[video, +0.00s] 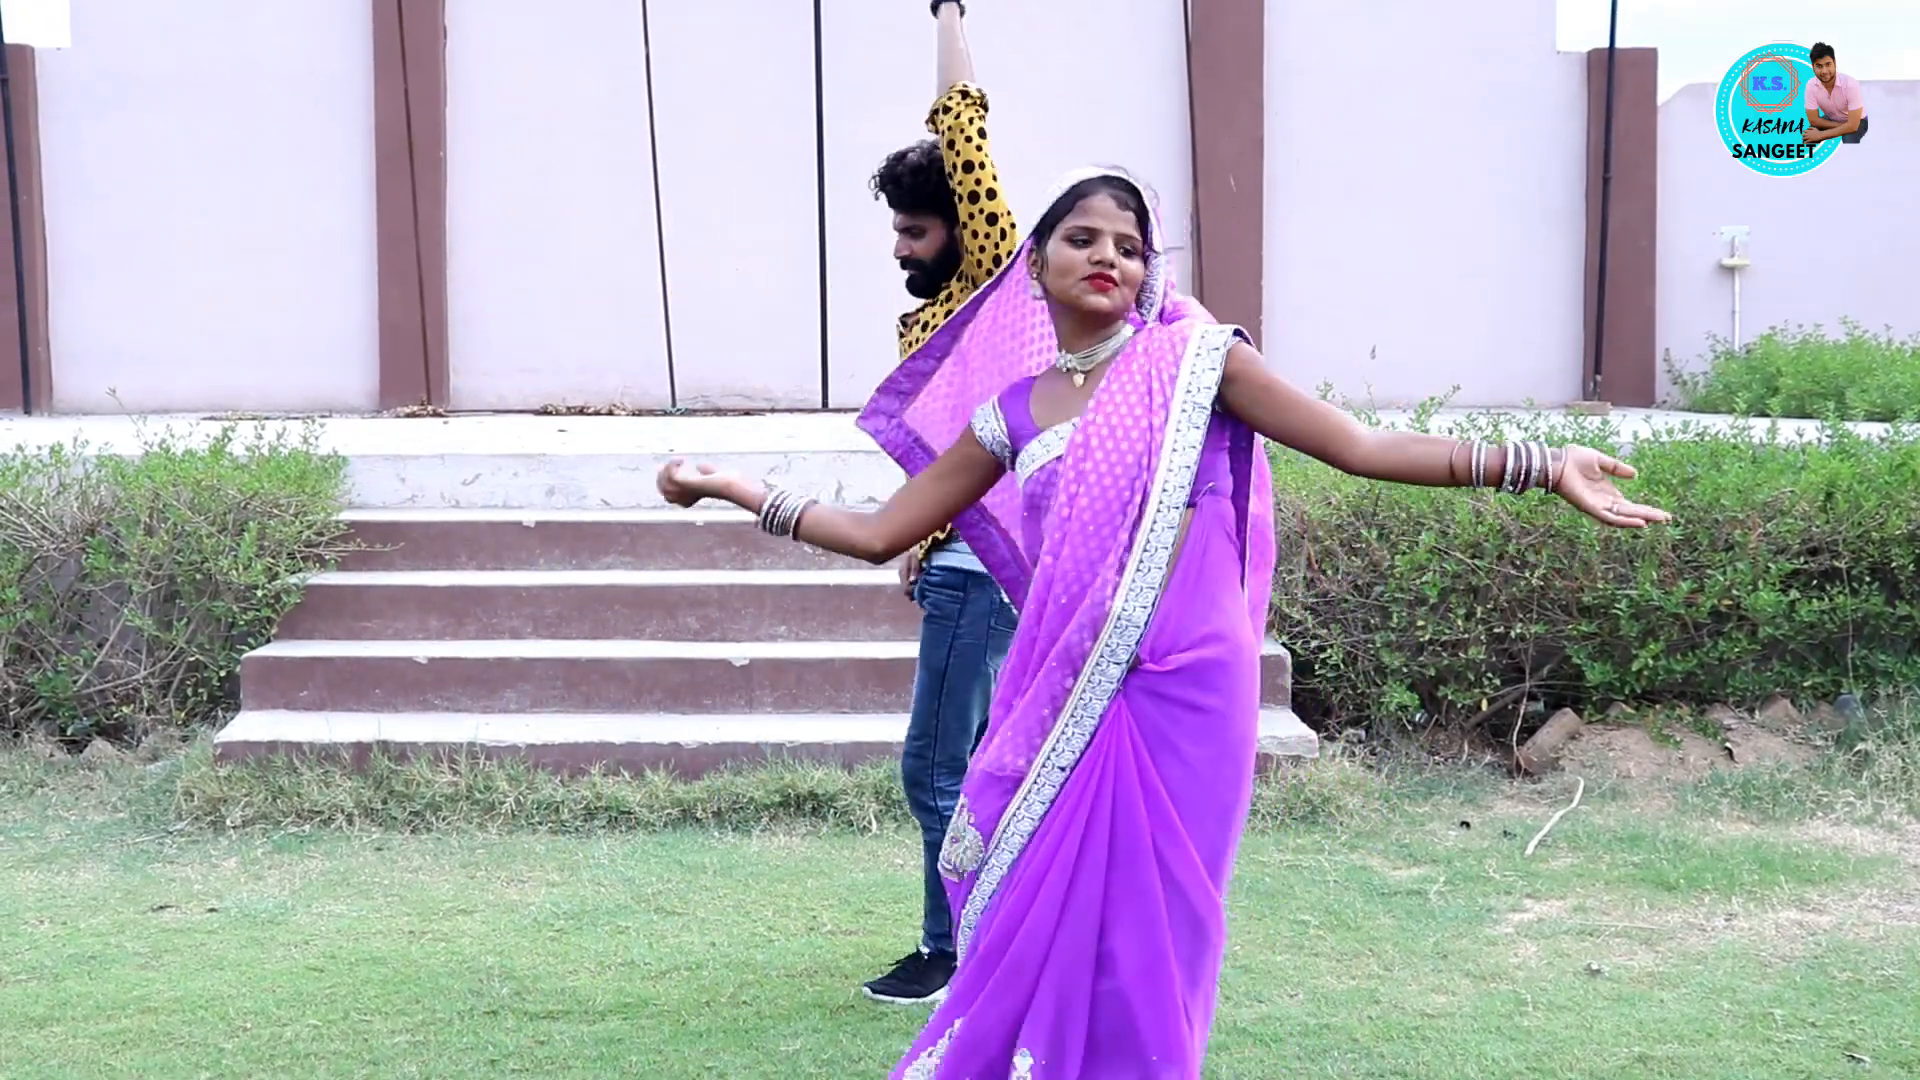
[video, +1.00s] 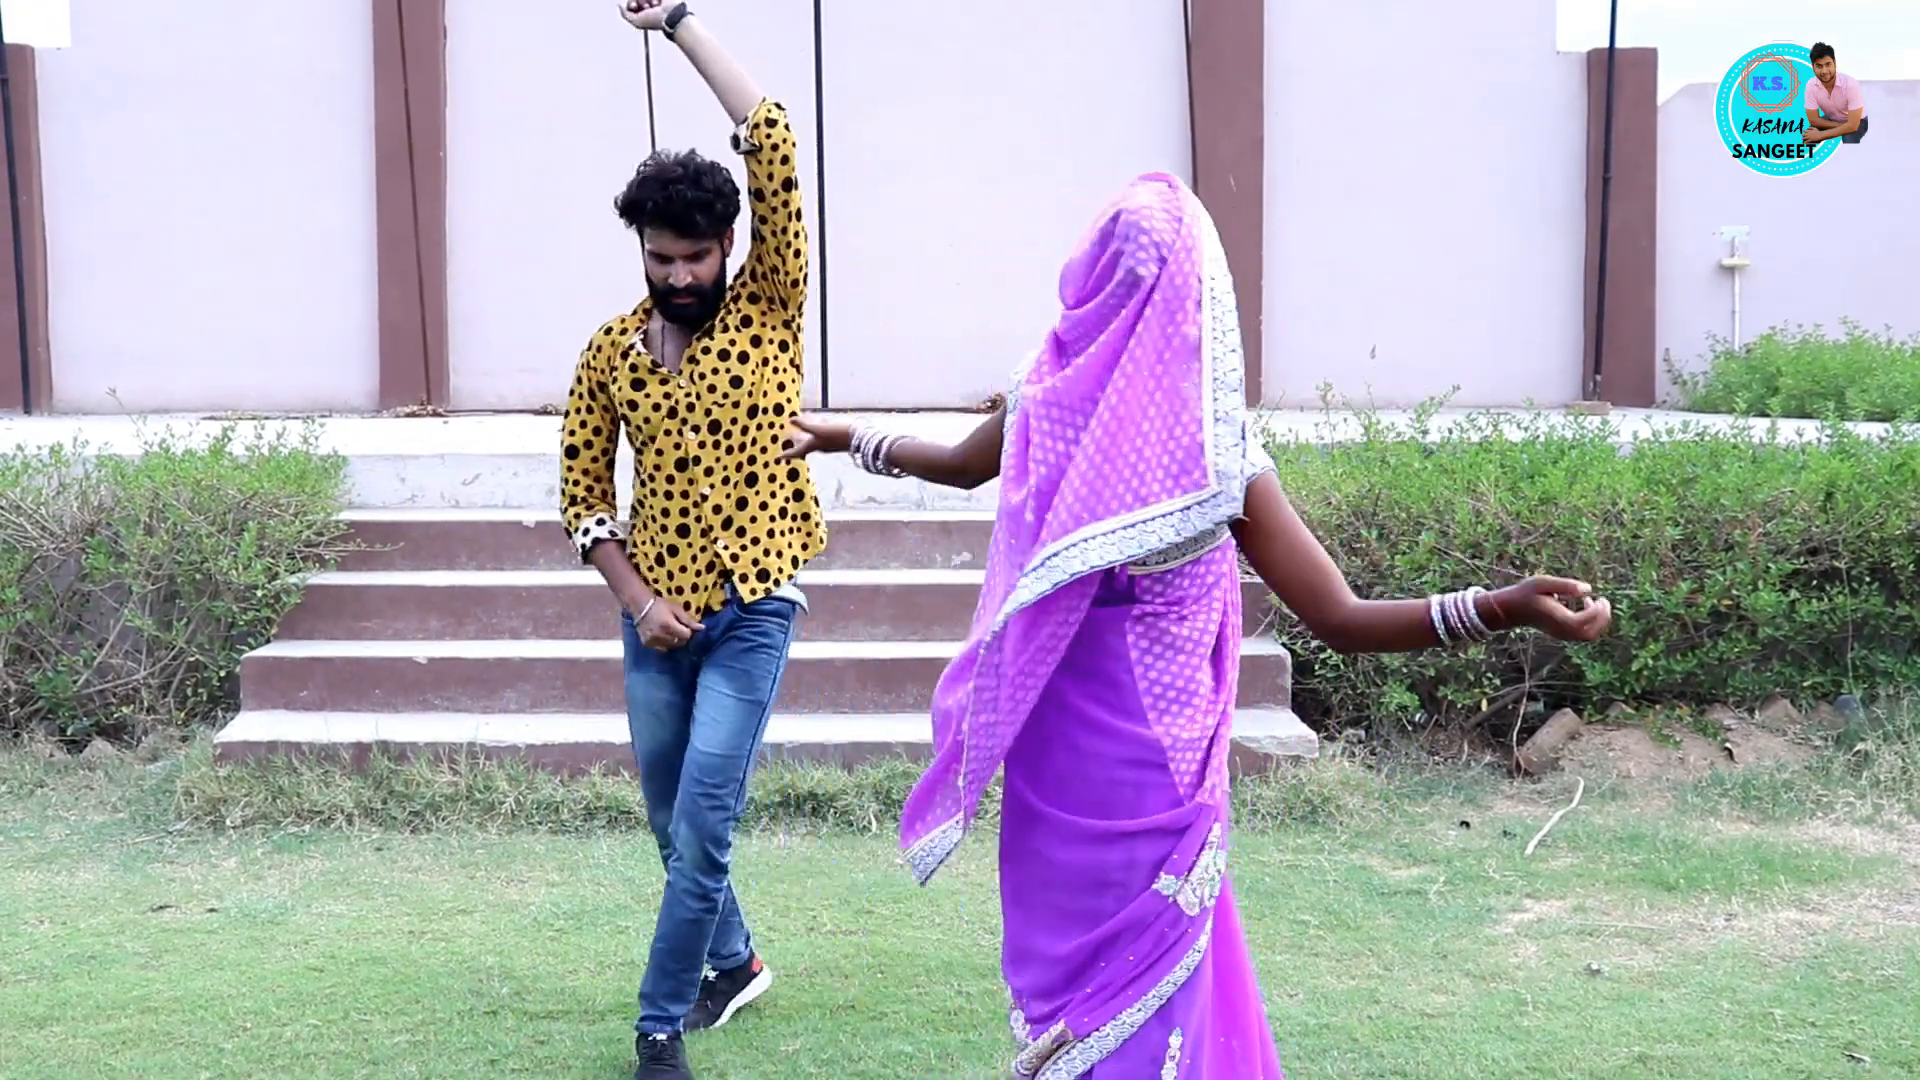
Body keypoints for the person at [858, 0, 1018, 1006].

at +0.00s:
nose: (902, 244)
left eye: (917, 230)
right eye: (897, 229)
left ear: (963, 221)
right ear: (910, 222)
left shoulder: (996, 288)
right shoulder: (944, 310)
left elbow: (966, 135)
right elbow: (953, 445)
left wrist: (953, 24)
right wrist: (918, 540)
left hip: (980, 568)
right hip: (955, 564)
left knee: (933, 765)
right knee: (960, 762)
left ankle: (954, 948)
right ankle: (972, 945)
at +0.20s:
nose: (848, 279)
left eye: (862, 265)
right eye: (843, 264)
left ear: (913, 260)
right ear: (842, 259)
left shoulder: (953, 333)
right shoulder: (874, 348)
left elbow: (943, 179)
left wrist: (921, 167)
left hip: (931, 608)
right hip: (870, 606)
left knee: (891, 795)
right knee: (848, 786)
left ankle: (952, 952)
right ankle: (1005, 860)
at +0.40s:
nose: (796, 260)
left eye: (809, 244)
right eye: (786, 246)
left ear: (859, 233)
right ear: (780, 240)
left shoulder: (902, 302)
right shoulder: (798, 336)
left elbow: (898, 198)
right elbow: (804, 460)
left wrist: (859, 91)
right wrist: (780, 544)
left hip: (885, 583)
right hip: (801, 580)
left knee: (885, 775)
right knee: (761, 761)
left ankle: (945, 940)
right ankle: (808, 944)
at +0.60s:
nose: (747, 276)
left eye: (762, 260)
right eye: (734, 262)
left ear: (803, 245)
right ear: (723, 254)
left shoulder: (847, 316)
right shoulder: (728, 344)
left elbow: (851, 169)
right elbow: (711, 462)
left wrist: (781, 78)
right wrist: (699, 545)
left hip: (814, 603)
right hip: (723, 605)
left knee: (809, 806)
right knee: (703, 802)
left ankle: (912, 919)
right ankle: (739, 977)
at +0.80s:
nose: (702, 278)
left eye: (719, 262)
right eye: (689, 260)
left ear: (761, 246)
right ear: (675, 247)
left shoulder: (803, 311)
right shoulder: (662, 344)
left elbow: (807, 148)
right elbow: (627, 474)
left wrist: (717, 50)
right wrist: (652, 573)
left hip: (779, 595)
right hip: (686, 604)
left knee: (740, 789)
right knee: (686, 805)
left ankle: (766, 964)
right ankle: (730, 972)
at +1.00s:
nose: (678, 276)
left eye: (695, 258)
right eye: (662, 258)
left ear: (729, 245)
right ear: (639, 247)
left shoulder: (769, 311)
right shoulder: (612, 353)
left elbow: (768, 140)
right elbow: (583, 498)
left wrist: (679, 27)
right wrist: (638, 597)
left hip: (755, 607)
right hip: (655, 612)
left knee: (704, 814)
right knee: (668, 809)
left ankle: (661, 1030)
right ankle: (731, 958)